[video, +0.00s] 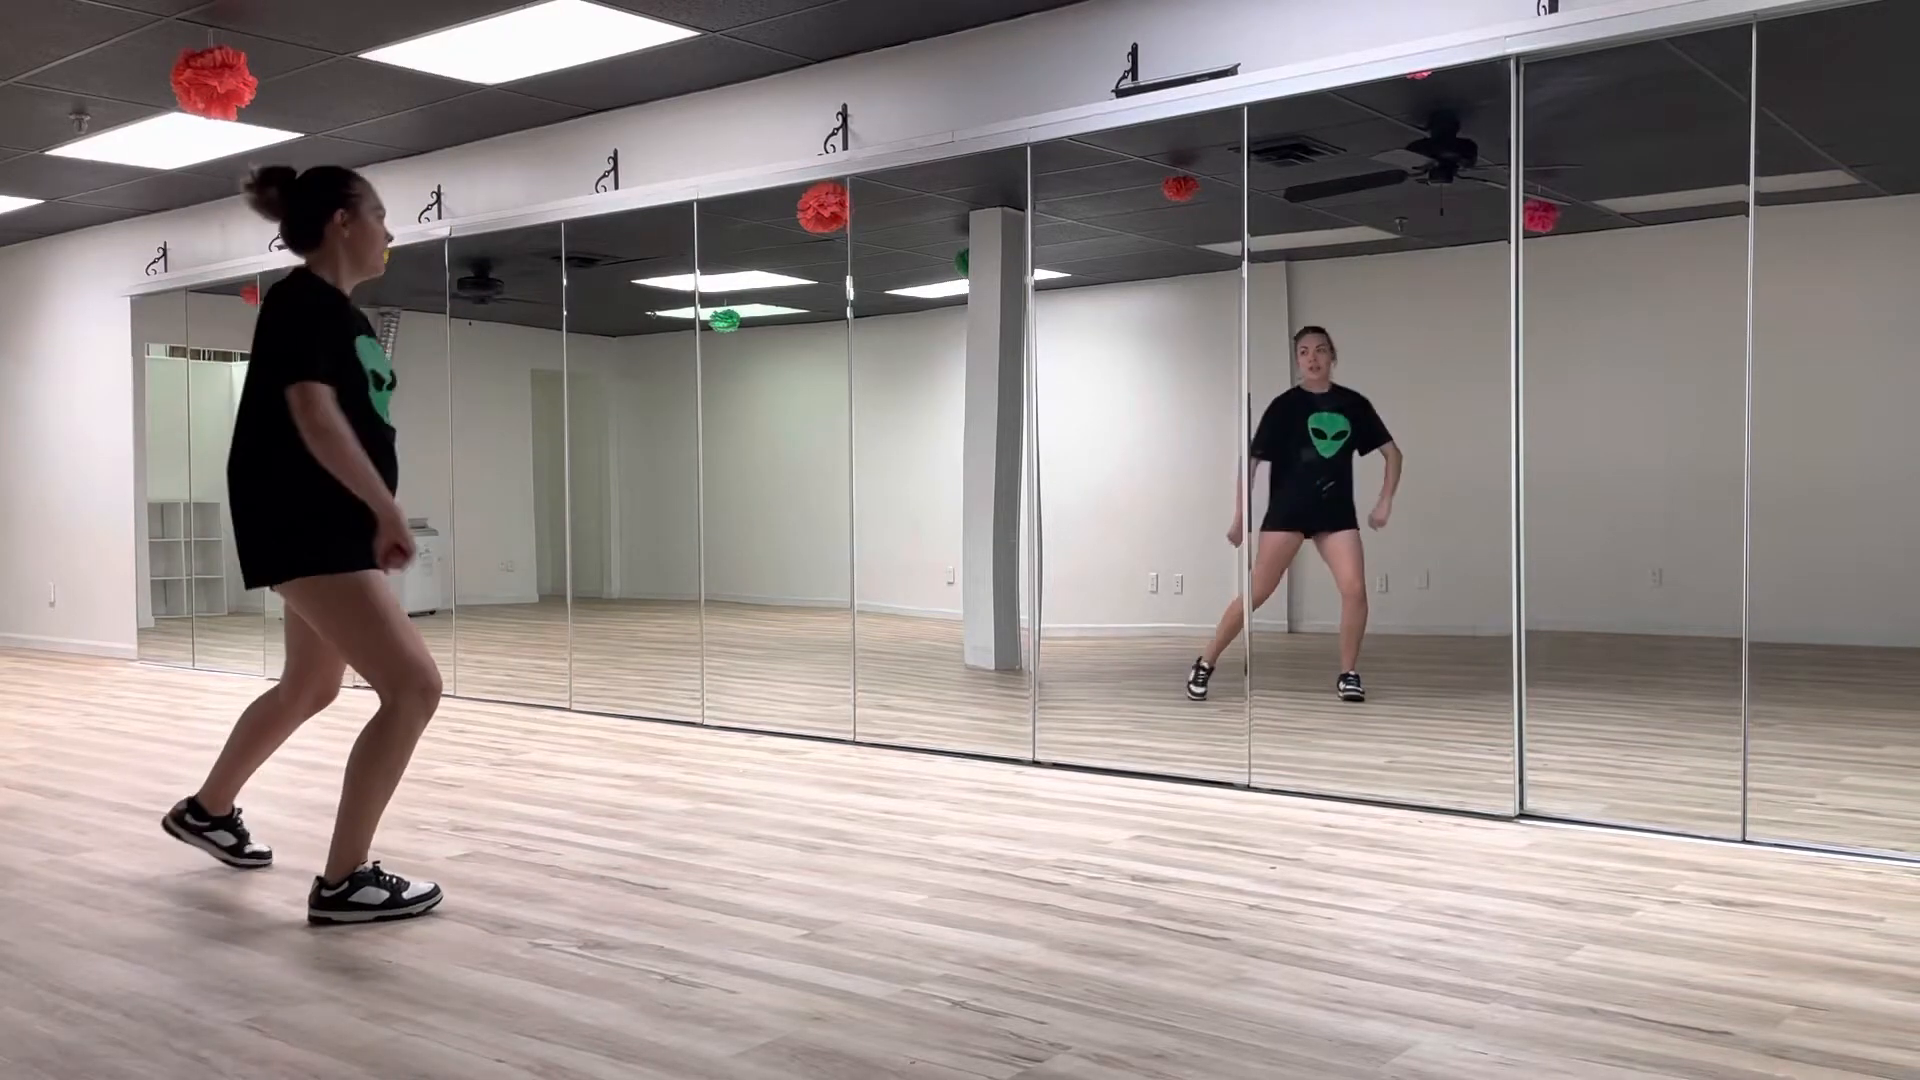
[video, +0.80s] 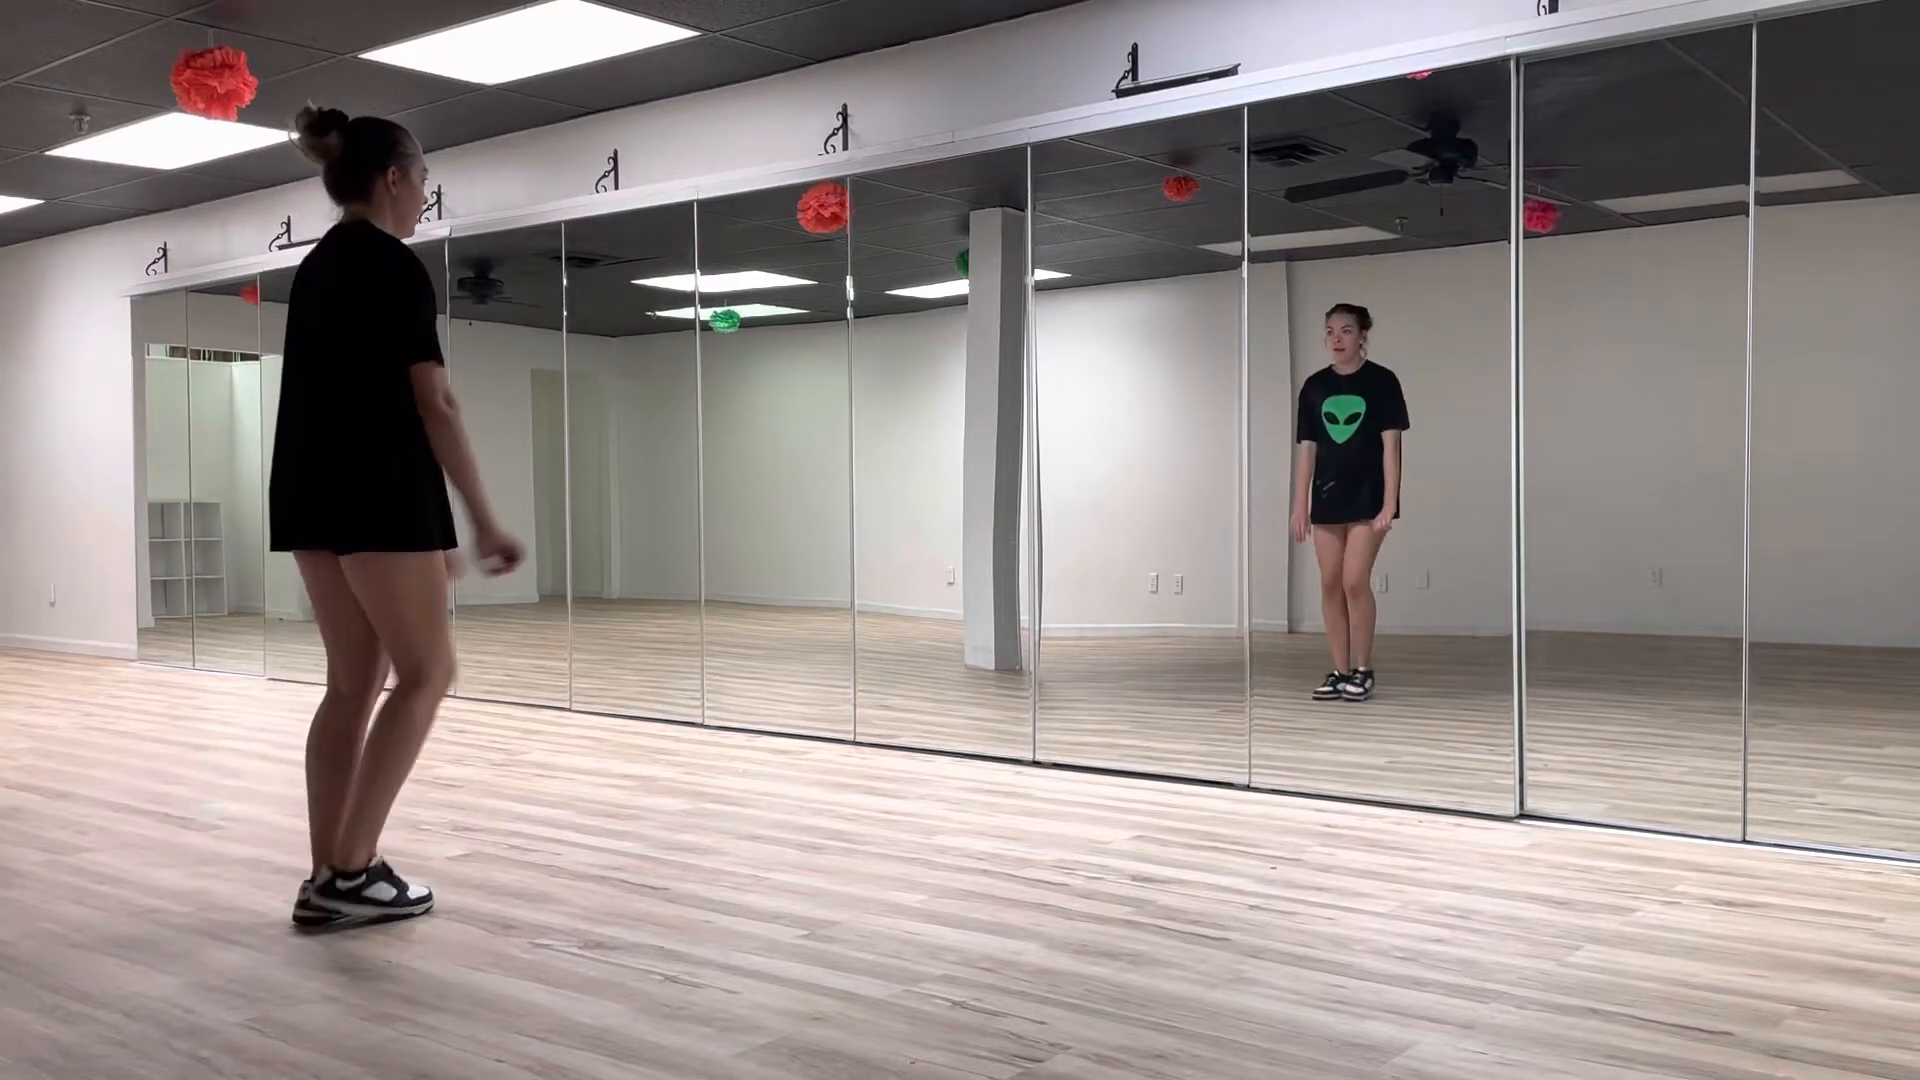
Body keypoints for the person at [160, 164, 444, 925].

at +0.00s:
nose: (389, 233)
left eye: (385, 219)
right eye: (380, 218)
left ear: (334, 227)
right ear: (343, 224)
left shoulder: (332, 309)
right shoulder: (305, 301)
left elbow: (336, 423)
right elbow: (314, 416)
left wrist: (375, 518)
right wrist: (386, 507)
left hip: (318, 524)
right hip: (306, 524)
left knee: (309, 684)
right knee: (414, 687)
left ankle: (208, 807)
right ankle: (345, 876)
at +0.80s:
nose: (427, 194)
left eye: (423, 178)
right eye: (419, 178)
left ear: (352, 184)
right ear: (390, 181)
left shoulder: (316, 268)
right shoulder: (397, 267)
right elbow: (435, 400)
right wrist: (485, 518)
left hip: (304, 493)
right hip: (381, 495)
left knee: (352, 674)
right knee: (426, 672)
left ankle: (326, 877)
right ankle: (353, 864)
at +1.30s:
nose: (496, 188)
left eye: (495, 171)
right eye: (486, 170)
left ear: (441, 176)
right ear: (444, 170)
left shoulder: (419, 250)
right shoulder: (410, 240)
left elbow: (446, 155)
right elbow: (468, 133)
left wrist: (432, 97)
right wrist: (491, 20)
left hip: (415, 480)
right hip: (442, 479)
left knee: (389, 687)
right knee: (488, 680)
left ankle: (324, 872)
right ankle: (515, 900)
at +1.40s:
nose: (502, 194)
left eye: (502, 178)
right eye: (493, 177)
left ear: (447, 179)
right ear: (453, 174)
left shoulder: (429, 252)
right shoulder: (422, 240)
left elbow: (471, 161)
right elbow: (476, 134)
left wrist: (442, 100)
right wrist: (500, 21)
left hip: (436, 480)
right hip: (464, 481)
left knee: (407, 684)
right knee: (501, 684)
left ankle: (329, 871)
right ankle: (512, 908)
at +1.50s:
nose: (477, 169)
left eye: (476, 155)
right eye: (468, 153)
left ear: (403, 164)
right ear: (448, 158)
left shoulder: (401, 240)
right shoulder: (428, 219)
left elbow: (484, 166)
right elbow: (519, 135)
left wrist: (499, 104)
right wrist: (583, 34)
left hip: (420, 468)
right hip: (469, 465)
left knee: (404, 674)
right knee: (522, 672)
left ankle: (333, 868)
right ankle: (515, 902)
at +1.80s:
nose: (454, 183)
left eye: (450, 169)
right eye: (446, 170)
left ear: (381, 182)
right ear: (416, 176)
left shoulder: (356, 265)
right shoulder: (439, 255)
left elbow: (509, 337)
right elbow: (523, 352)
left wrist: (622, 362)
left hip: (375, 492)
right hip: (453, 492)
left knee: (386, 682)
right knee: (523, 681)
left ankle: (335, 876)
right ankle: (549, 858)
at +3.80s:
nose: (366, 210)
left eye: (365, 196)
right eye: (358, 195)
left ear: (310, 199)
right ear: (317, 197)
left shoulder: (295, 271)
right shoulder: (265, 265)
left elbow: (276, 386)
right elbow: (226, 385)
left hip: (293, 492)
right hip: (298, 492)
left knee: (298, 664)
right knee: (390, 644)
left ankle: (254, 857)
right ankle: (291, 819)